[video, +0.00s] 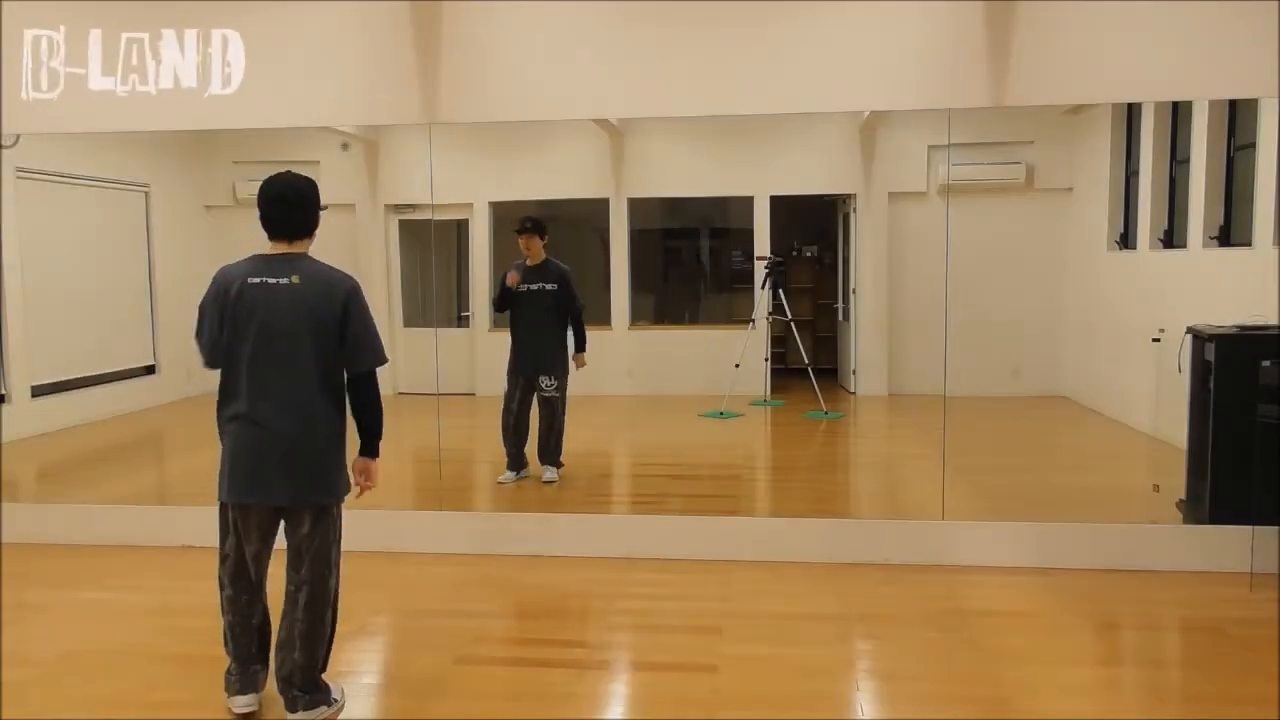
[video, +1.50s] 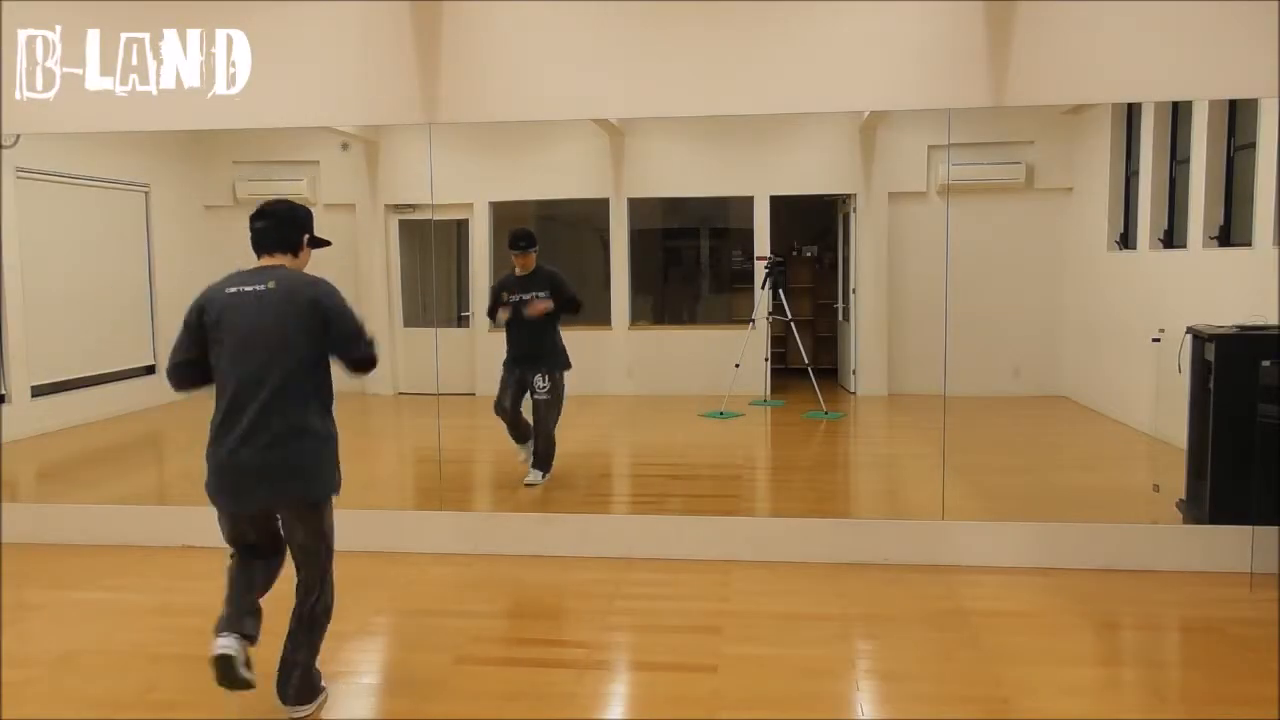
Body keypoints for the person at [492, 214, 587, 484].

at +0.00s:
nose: (525, 244)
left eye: (530, 239)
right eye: (522, 239)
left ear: (543, 240)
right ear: (518, 242)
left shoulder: (560, 273)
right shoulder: (513, 273)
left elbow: (575, 312)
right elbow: (500, 308)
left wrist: (579, 349)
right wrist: (507, 287)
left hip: (552, 354)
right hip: (521, 353)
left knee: (551, 410)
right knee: (513, 410)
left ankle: (550, 463)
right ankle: (516, 464)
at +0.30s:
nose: (528, 246)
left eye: (532, 241)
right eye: (527, 240)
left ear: (547, 241)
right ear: (527, 242)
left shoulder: (567, 273)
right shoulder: (522, 270)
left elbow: (579, 313)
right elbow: (511, 300)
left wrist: (576, 348)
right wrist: (525, 273)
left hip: (554, 352)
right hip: (525, 350)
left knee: (552, 410)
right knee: (515, 409)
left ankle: (550, 463)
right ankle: (527, 460)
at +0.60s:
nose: (530, 245)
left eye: (535, 240)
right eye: (527, 240)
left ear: (548, 241)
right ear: (523, 242)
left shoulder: (563, 273)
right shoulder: (515, 274)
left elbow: (572, 313)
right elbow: (508, 317)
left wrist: (568, 346)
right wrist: (505, 353)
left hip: (552, 353)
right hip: (521, 353)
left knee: (552, 411)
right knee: (524, 411)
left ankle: (551, 463)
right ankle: (531, 461)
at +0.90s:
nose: (524, 247)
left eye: (529, 242)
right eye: (519, 242)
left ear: (540, 242)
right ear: (514, 243)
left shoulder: (556, 269)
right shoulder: (507, 273)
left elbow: (575, 292)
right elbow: (487, 294)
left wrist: (572, 298)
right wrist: (471, 304)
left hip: (548, 343)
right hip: (519, 346)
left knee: (541, 386)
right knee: (521, 403)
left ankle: (546, 426)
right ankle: (530, 462)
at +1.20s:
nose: (523, 251)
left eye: (528, 245)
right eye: (518, 245)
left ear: (537, 242)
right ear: (512, 245)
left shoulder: (553, 265)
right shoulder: (503, 267)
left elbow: (576, 253)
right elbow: (483, 265)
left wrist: (568, 236)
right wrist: (469, 256)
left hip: (543, 343)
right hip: (515, 345)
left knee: (540, 400)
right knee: (523, 404)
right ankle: (530, 458)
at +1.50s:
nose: (519, 260)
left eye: (525, 254)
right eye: (515, 255)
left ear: (535, 253)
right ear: (510, 255)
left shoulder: (551, 279)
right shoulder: (505, 284)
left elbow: (574, 305)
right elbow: (493, 313)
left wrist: (550, 305)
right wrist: (503, 313)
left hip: (547, 359)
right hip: (516, 358)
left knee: (543, 419)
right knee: (504, 407)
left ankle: (540, 467)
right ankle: (527, 438)